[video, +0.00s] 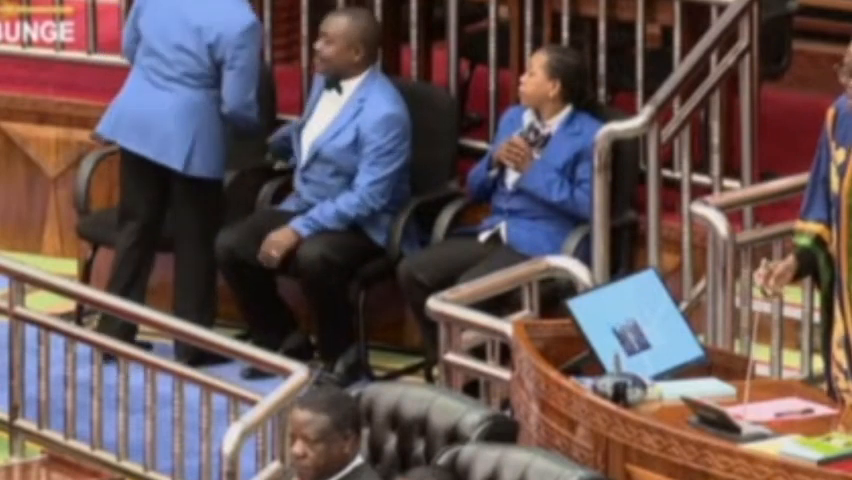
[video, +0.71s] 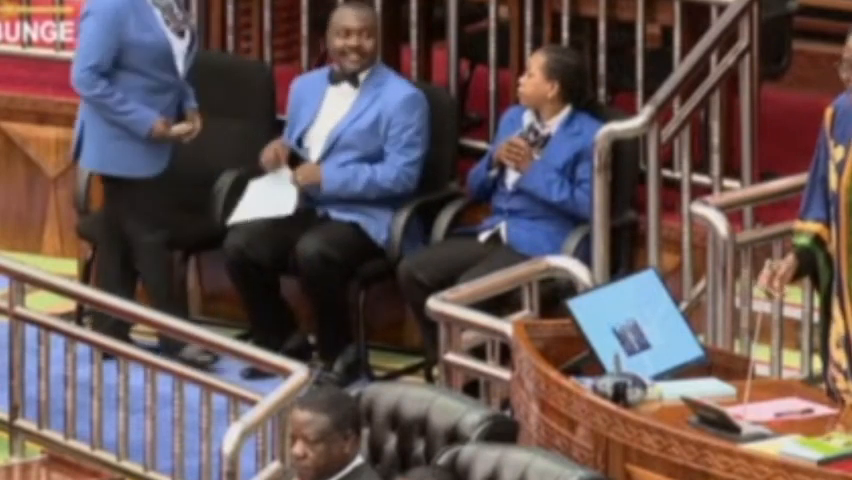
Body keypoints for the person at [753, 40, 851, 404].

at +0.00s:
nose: (843, 72)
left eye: (847, 65)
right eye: (843, 65)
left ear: (850, 70)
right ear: (839, 69)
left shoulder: (839, 117)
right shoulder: (839, 116)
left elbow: (821, 198)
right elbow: (822, 197)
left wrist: (797, 261)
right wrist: (797, 261)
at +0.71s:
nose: (844, 69)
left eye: (849, 62)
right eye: (843, 61)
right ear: (839, 61)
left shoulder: (840, 114)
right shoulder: (839, 113)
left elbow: (819, 203)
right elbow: (821, 201)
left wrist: (797, 259)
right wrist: (796, 260)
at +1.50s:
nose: (844, 75)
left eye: (849, 65)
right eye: (839, 65)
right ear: (829, 67)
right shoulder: (834, 117)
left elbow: (820, 201)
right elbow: (819, 199)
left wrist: (798, 235)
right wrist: (796, 237)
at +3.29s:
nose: (844, 69)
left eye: (849, 58)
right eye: (837, 58)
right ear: (825, 58)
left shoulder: (830, 119)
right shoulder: (824, 119)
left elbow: (806, 204)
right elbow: (807, 203)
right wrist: (795, 237)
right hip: (830, 325)